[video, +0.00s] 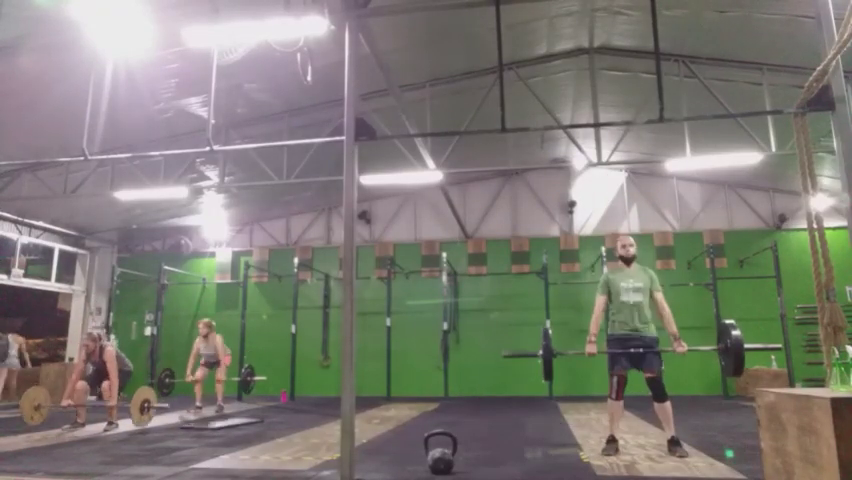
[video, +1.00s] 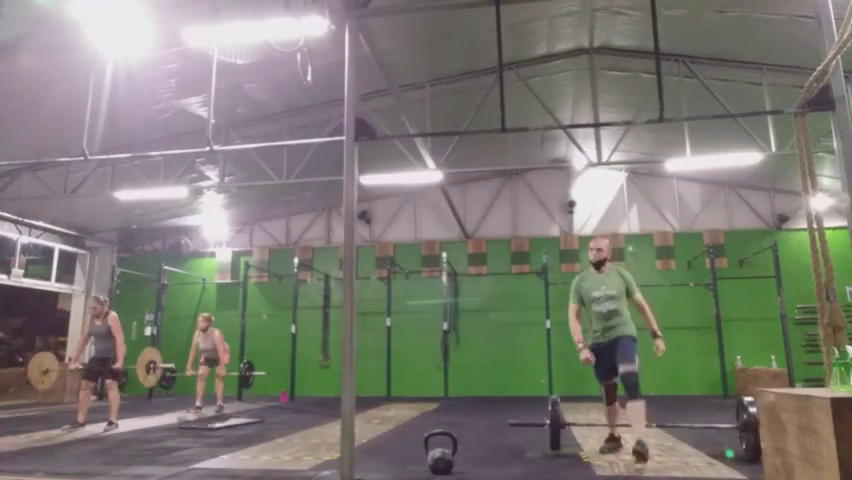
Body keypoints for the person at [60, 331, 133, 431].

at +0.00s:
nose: (85, 348)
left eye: (88, 345)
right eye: (84, 345)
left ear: (96, 344)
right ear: (83, 344)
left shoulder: (108, 351)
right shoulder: (85, 351)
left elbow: (114, 376)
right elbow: (76, 374)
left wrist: (114, 400)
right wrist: (67, 397)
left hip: (121, 370)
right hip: (102, 370)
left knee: (106, 387)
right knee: (80, 387)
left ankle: (112, 421)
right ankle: (80, 420)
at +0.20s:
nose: (88, 321)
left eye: (91, 319)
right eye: (88, 318)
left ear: (99, 320)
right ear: (88, 319)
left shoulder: (110, 329)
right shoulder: (88, 331)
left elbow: (117, 354)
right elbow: (81, 352)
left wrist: (117, 377)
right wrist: (70, 373)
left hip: (118, 357)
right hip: (101, 357)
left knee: (113, 385)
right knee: (86, 384)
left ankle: (113, 420)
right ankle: (80, 420)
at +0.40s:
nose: (93, 309)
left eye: (96, 306)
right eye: (91, 306)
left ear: (104, 305)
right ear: (90, 306)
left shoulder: (112, 316)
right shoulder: (92, 318)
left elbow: (119, 337)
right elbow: (85, 338)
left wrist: (120, 358)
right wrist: (74, 358)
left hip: (110, 357)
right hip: (95, 357)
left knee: (111, 386)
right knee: (86, 386)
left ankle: (113, 420)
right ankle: (80, 420)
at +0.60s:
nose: (82, 350)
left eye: (84, 347)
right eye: (80, 347)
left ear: (92, 344)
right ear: (78, 346)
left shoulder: (104, 350)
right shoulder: (81, 353)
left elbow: (111, 374)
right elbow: (73, 375)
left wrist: (112, 400)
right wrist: (63, 398)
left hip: (118, 371)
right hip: (99, 372)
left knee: (104, 388)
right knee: (77, 388)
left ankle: (112, 421)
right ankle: (80, 420)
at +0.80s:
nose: (92, 311)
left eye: (94, 308)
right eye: (90, 308)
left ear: (102, 307)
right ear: (89, 308)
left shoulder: (111, 317)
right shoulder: (90, 319)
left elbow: (119, 339)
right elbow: (83, 337)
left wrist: (119, 360)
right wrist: (74, 354)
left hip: (112, 356)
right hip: (97, 356)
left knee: (112, 384)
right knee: (88, 385)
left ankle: (112, 420)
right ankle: (80, 420)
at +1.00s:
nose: (93, 311)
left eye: (96, 308)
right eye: (92, 308)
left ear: (104, 307)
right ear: (91, 308)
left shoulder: (111, 317)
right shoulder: (91, 319)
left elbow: (119, 339)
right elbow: (84, 339)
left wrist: (120, 361)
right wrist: (74, 358)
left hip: (111, 358)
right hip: (96, 358)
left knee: (111, 384)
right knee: (85, 385)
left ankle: (112, 420)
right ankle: (80, 420)